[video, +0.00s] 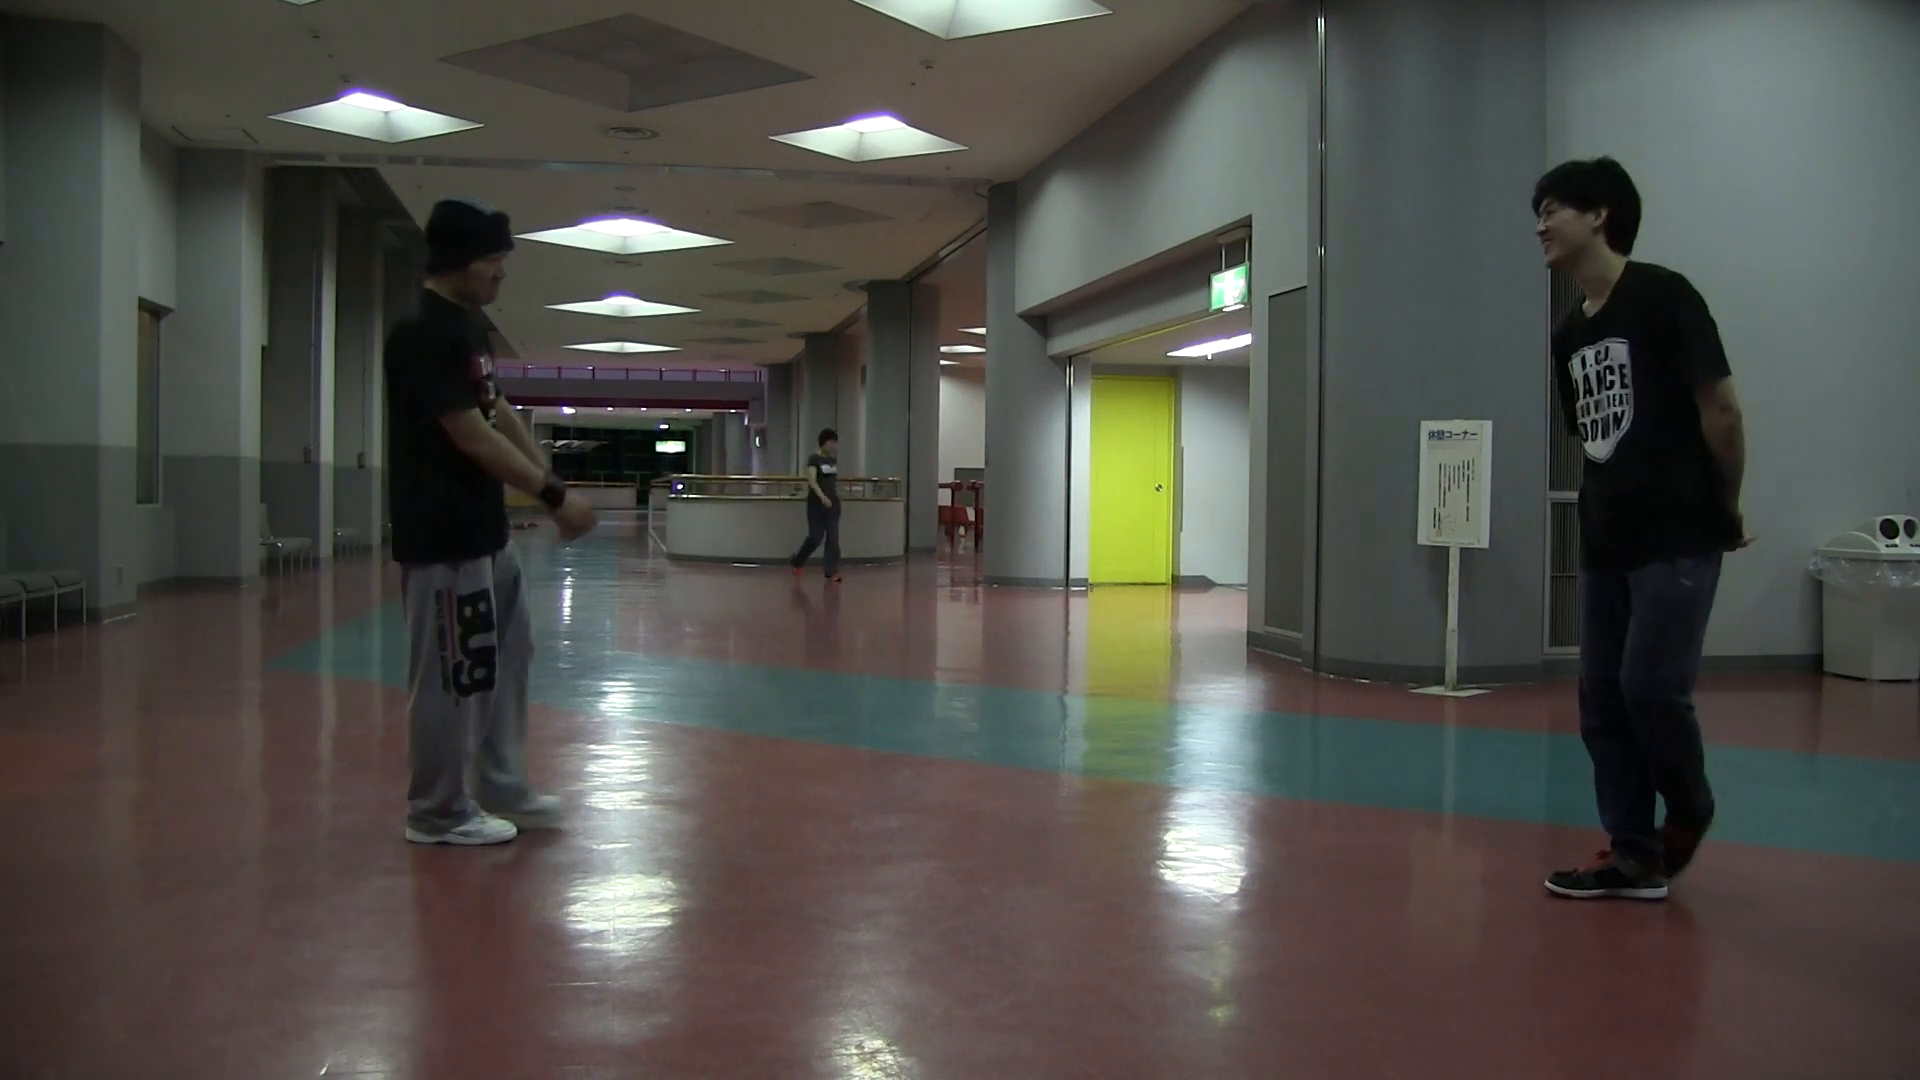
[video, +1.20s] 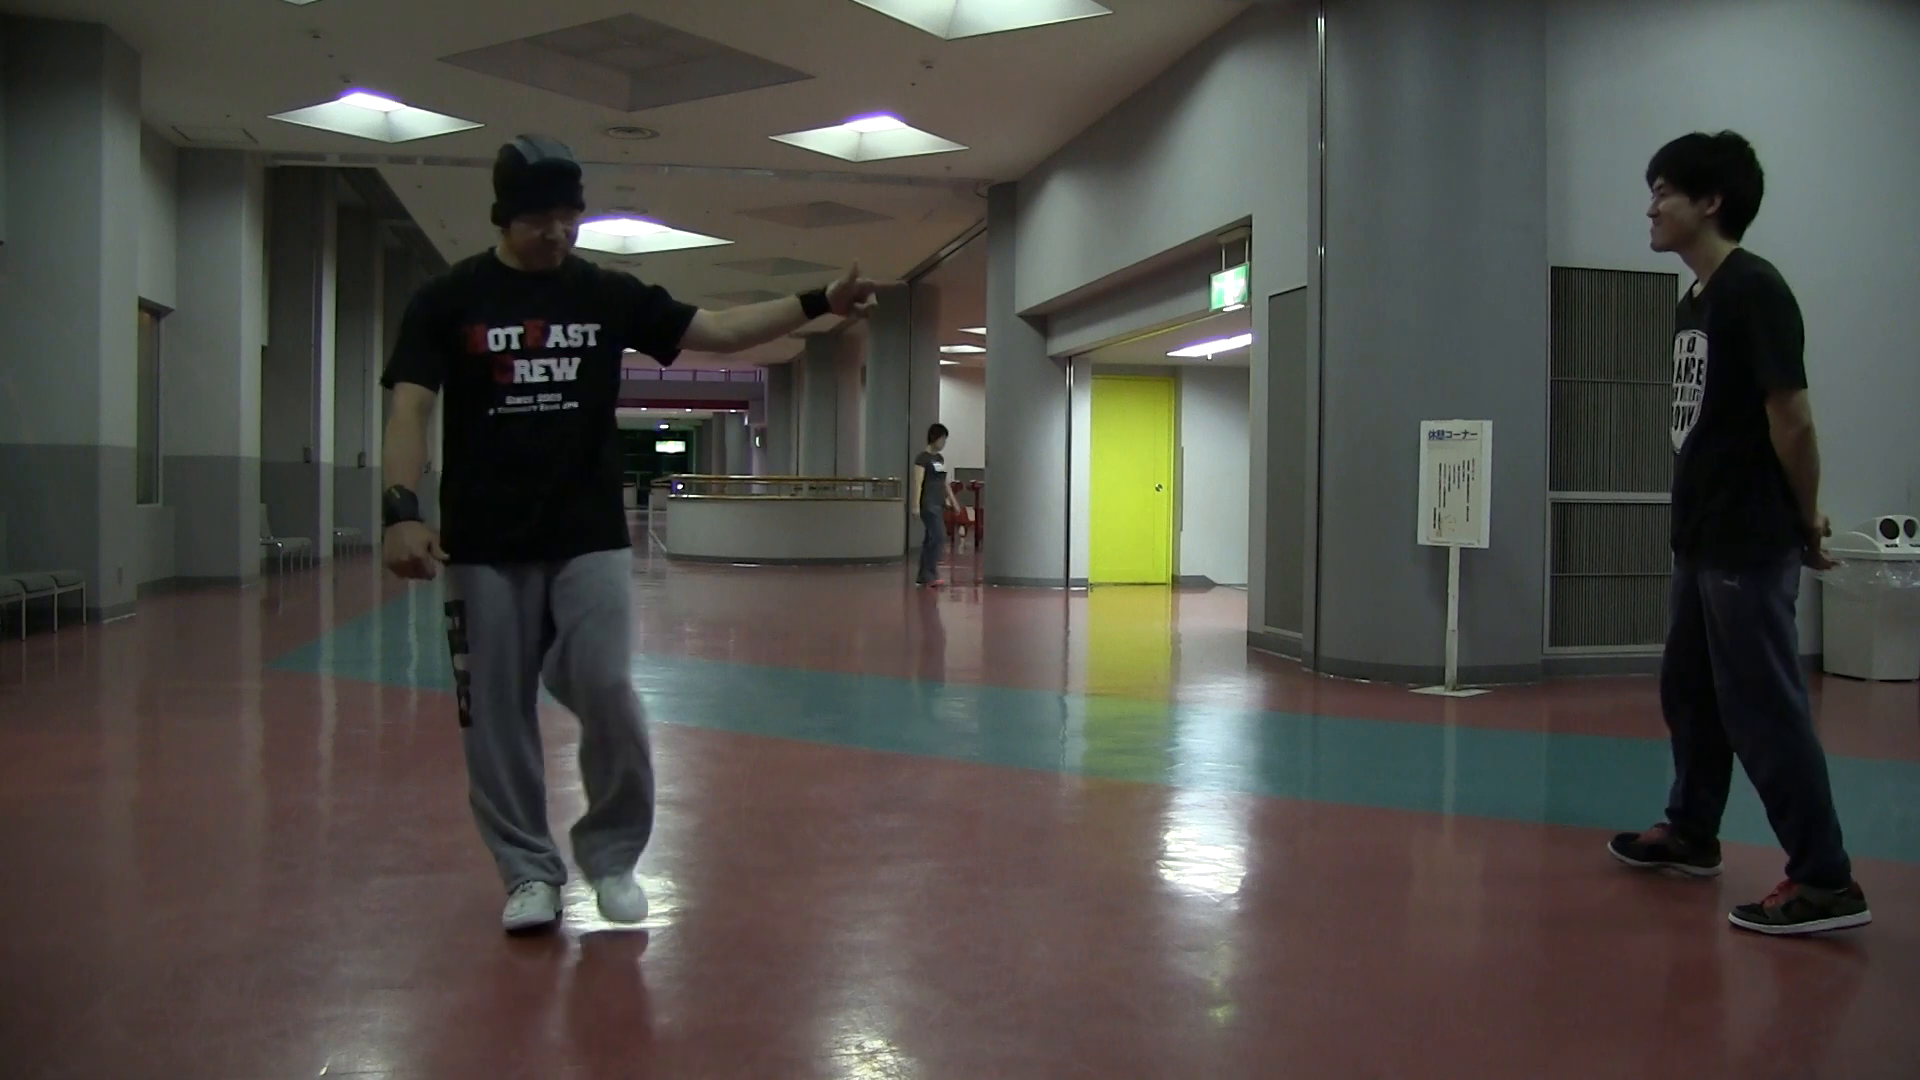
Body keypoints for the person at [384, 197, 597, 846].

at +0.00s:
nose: (501, 275)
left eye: (503, 263)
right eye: (494, 263)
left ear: (462, 261)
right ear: (458, 262)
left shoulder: (464, 329)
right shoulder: (427, 333)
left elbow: (496, 413)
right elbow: (468, 433)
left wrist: (547, 480)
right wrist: (551, 494)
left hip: (481, 534)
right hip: (440, 541)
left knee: (507, 656)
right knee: (447, 674)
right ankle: (437, 812)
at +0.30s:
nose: (578, 276)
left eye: (583, 264)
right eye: (568, 263)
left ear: (580, 264)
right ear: (531, 262)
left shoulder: (569, 336)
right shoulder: (489, 331)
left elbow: (557, 429)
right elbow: (487, 435)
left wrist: (572, 505)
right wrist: (566, 510)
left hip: (568, 537)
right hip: (507, 542)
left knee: (585, 684)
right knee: (494, 681)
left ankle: (605, 816)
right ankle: (448, 800)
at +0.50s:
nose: (619, 266)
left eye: (624, 254)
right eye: (607, 253)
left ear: (623, 257)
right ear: (569, 254)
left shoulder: (630, 334)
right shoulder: (519, 325)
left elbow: (649, 434)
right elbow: (499, 428)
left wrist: (687, 499)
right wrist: (494, 517)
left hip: (611, 534)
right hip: (542, 532)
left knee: (612, 678)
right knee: (546, 673)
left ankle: (605, 813)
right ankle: (501, 802)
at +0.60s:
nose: (625, 267)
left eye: (632, 255)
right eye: (613, 254)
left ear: (634, 255)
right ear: (575, 250)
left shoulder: (645, 330)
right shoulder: (520, 324)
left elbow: (703, 412)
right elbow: (485, 415)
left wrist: (773, 456)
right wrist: (469, 499)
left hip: (620, 538)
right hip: (543, 533)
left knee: (621, 678)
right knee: (537, 681)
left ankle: (608, 815)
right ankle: (519, 840)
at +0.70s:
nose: (627, 266)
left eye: (634, 253)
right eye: (614, 252)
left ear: (640, 255)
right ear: (577, 252)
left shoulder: (655, 333)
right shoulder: (522, 325)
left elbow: (727, 388)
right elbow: (475, 416)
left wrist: (821, 390)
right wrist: (449, 497)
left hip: (625, 543)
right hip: (543, 539)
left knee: (620, 684)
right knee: (536, 696)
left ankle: (609, 814)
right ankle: (534, 851)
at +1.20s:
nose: (554, 233)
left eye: (566, 217)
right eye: (537, 219)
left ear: (579, 214)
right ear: (502, 214)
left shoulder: (608, 294)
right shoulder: (449, 299)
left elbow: (715, 330)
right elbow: (408, 406)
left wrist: (816, 306)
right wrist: (402, 513)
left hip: (588, 531)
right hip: (487, 537)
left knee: (606, 688)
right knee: (497, 712)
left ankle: (613, 860)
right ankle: (528, 875)